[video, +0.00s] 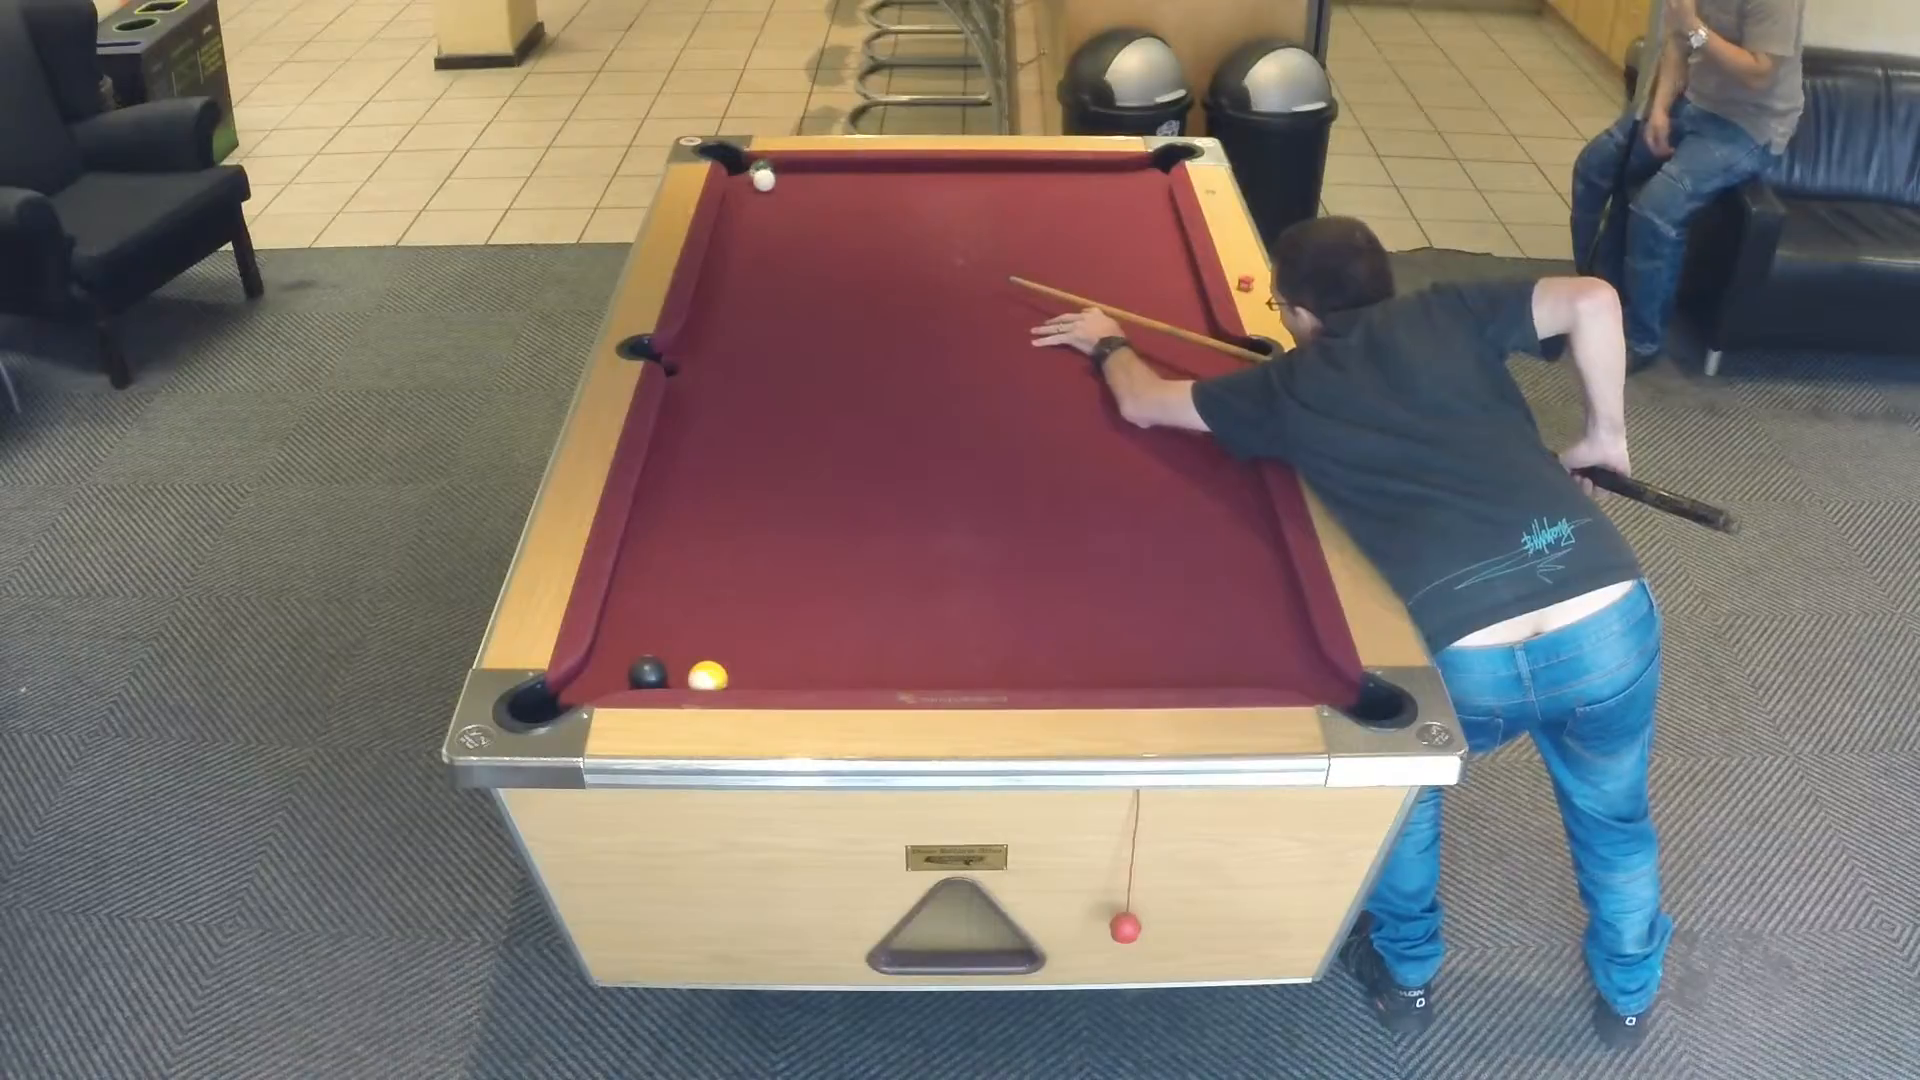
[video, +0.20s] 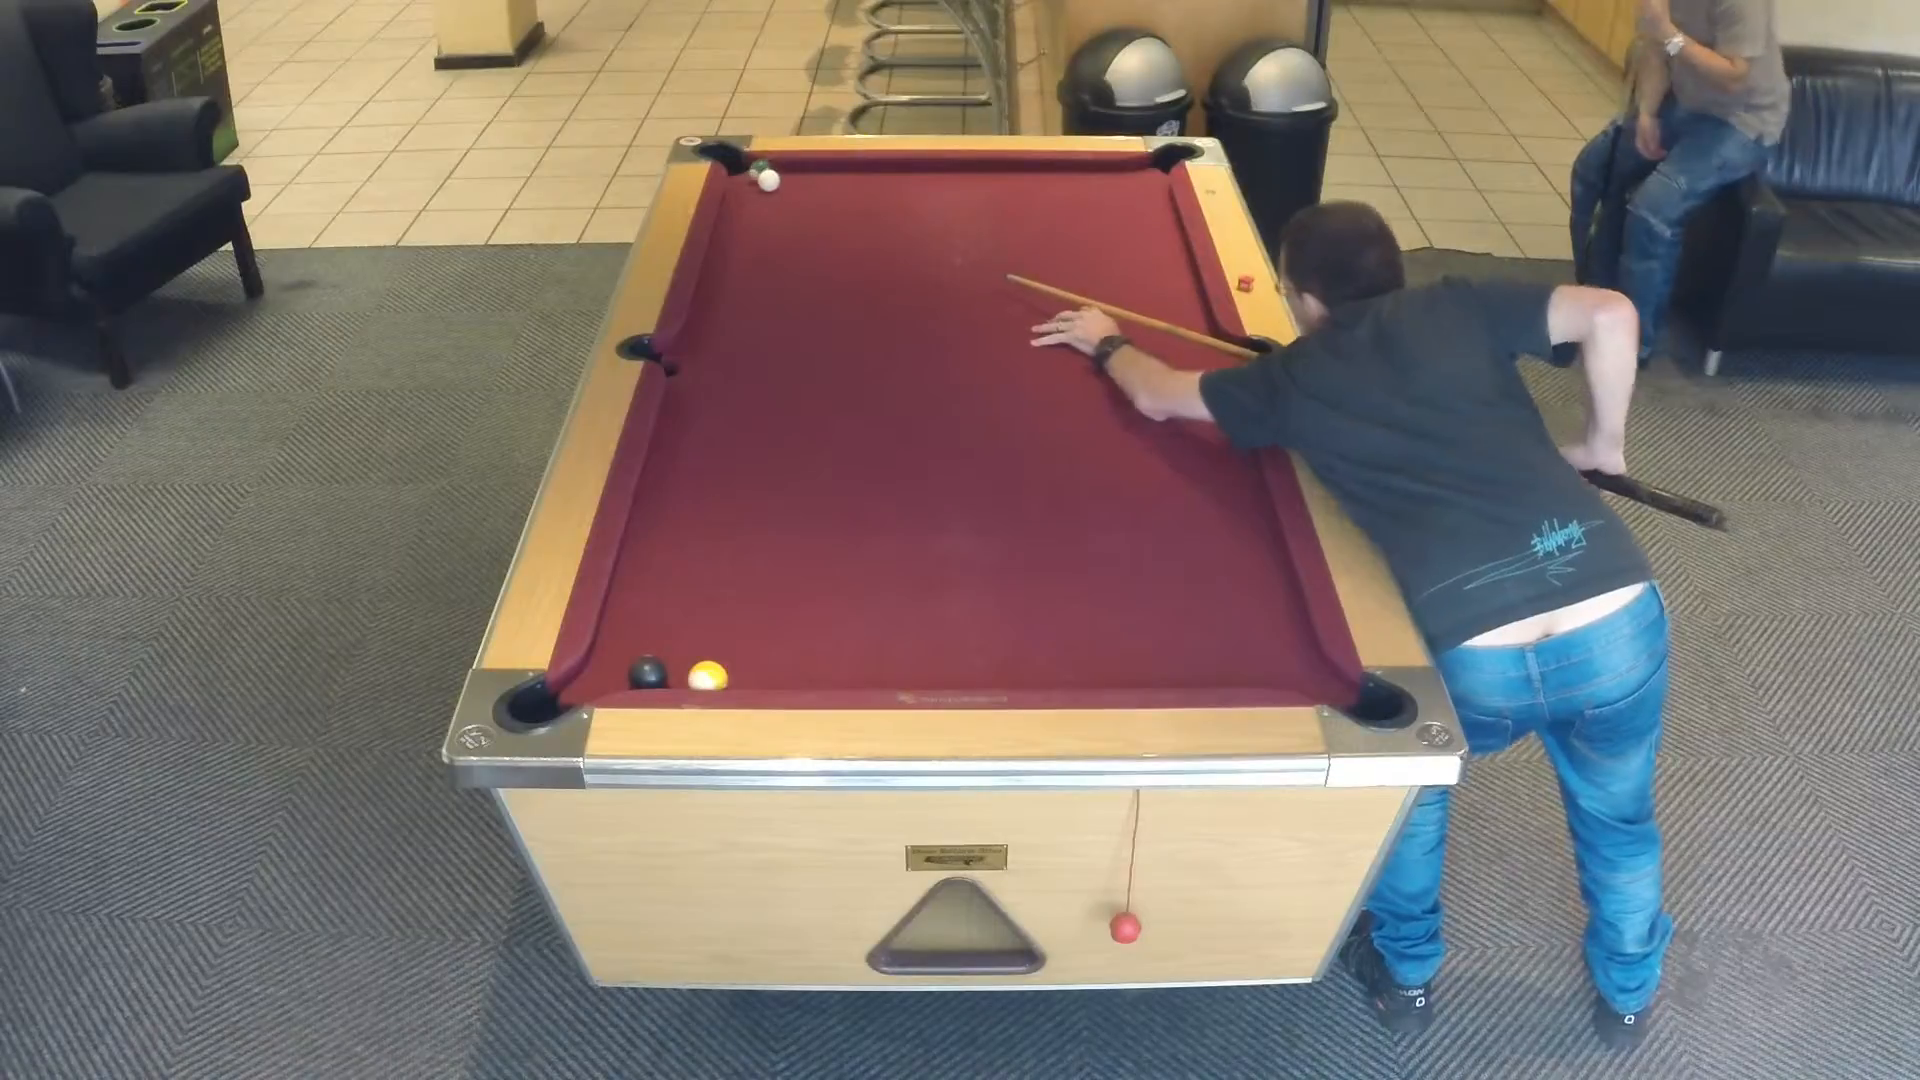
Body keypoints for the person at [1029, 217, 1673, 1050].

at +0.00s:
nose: (1282, 310)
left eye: (1284, 299)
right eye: (1281, 298)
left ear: (1300, 314)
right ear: (1388, 287)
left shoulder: (1287, 387)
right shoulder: (1452, 313)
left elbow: (1143, 398)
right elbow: (1591, 299)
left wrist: (1106, 342)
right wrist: (1607, 430)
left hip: (1470, 659)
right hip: (1607, 622)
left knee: (1396, 764)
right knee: (1616, 818)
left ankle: (1407, 966)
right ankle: (1630, 989)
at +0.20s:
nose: (1289, 300)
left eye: (1290, 288)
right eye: (1287, 288)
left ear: (1307, 300)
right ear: (1399, 273)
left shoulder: (1292, 377)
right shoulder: (1466, 306)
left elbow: (1161, 392)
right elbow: (1610, 313)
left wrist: (1105, 341)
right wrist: (1606, 441)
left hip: (1479, 663)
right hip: (1617, 625)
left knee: (1406, 762)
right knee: (1621, 824)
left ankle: (1407, 966)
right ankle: (1631, 989)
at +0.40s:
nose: (1300, 245)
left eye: (1306, 233)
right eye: (1302, 230)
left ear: (1330, 252)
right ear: (1415, 232)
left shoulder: (1315, 338)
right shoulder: (1497, 285)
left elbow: (1198, 377)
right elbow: (1655, 355)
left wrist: (1116, 343)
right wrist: (1602, 461)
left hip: (1490, 655)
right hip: (1629, 634)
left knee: (1415, 762)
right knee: (1623, 823)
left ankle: (1406, 965)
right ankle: (1621, 984)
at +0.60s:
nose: (1341, 189)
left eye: (1346, 175)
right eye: (1346, 171)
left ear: (1370, 194)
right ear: (1463, 180)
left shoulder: (1343, 300)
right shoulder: (1550, 251)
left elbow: (1277, 466)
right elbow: (1702, 385)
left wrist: (1247, 378)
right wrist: (1604, 446)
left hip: (1508, 640)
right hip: (1652, 621)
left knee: (1424, 780)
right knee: (1610, 831)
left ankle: (1404, 966)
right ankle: (1605, 1019)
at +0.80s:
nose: (1419, 149)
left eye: (1430, 138)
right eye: (1426, 132)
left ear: (1464, 166)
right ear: (1548, 147)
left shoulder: (1420, 297)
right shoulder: (1636, 248)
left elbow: (1416, 510)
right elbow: (1743, 423)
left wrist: (1503, 473)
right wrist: (1638, 464)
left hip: (1546, 661)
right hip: (1684, 639)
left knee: (1450, 817)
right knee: (1606, 859)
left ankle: (1402, 969)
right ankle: (1613, 1060)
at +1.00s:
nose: (1504, 176)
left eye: (1521, 161)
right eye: (1510, 155)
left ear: (1582, 182)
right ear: (1638, 176)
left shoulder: (1556, 340)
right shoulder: (1737, 285)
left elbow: (1503, 578)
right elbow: (1753, 454)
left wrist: (1470, 497)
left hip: (1597, 728)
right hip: (1723, 706)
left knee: (1473, 865)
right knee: (1622, 911)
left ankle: (1404, 985)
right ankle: (1612, 1066)